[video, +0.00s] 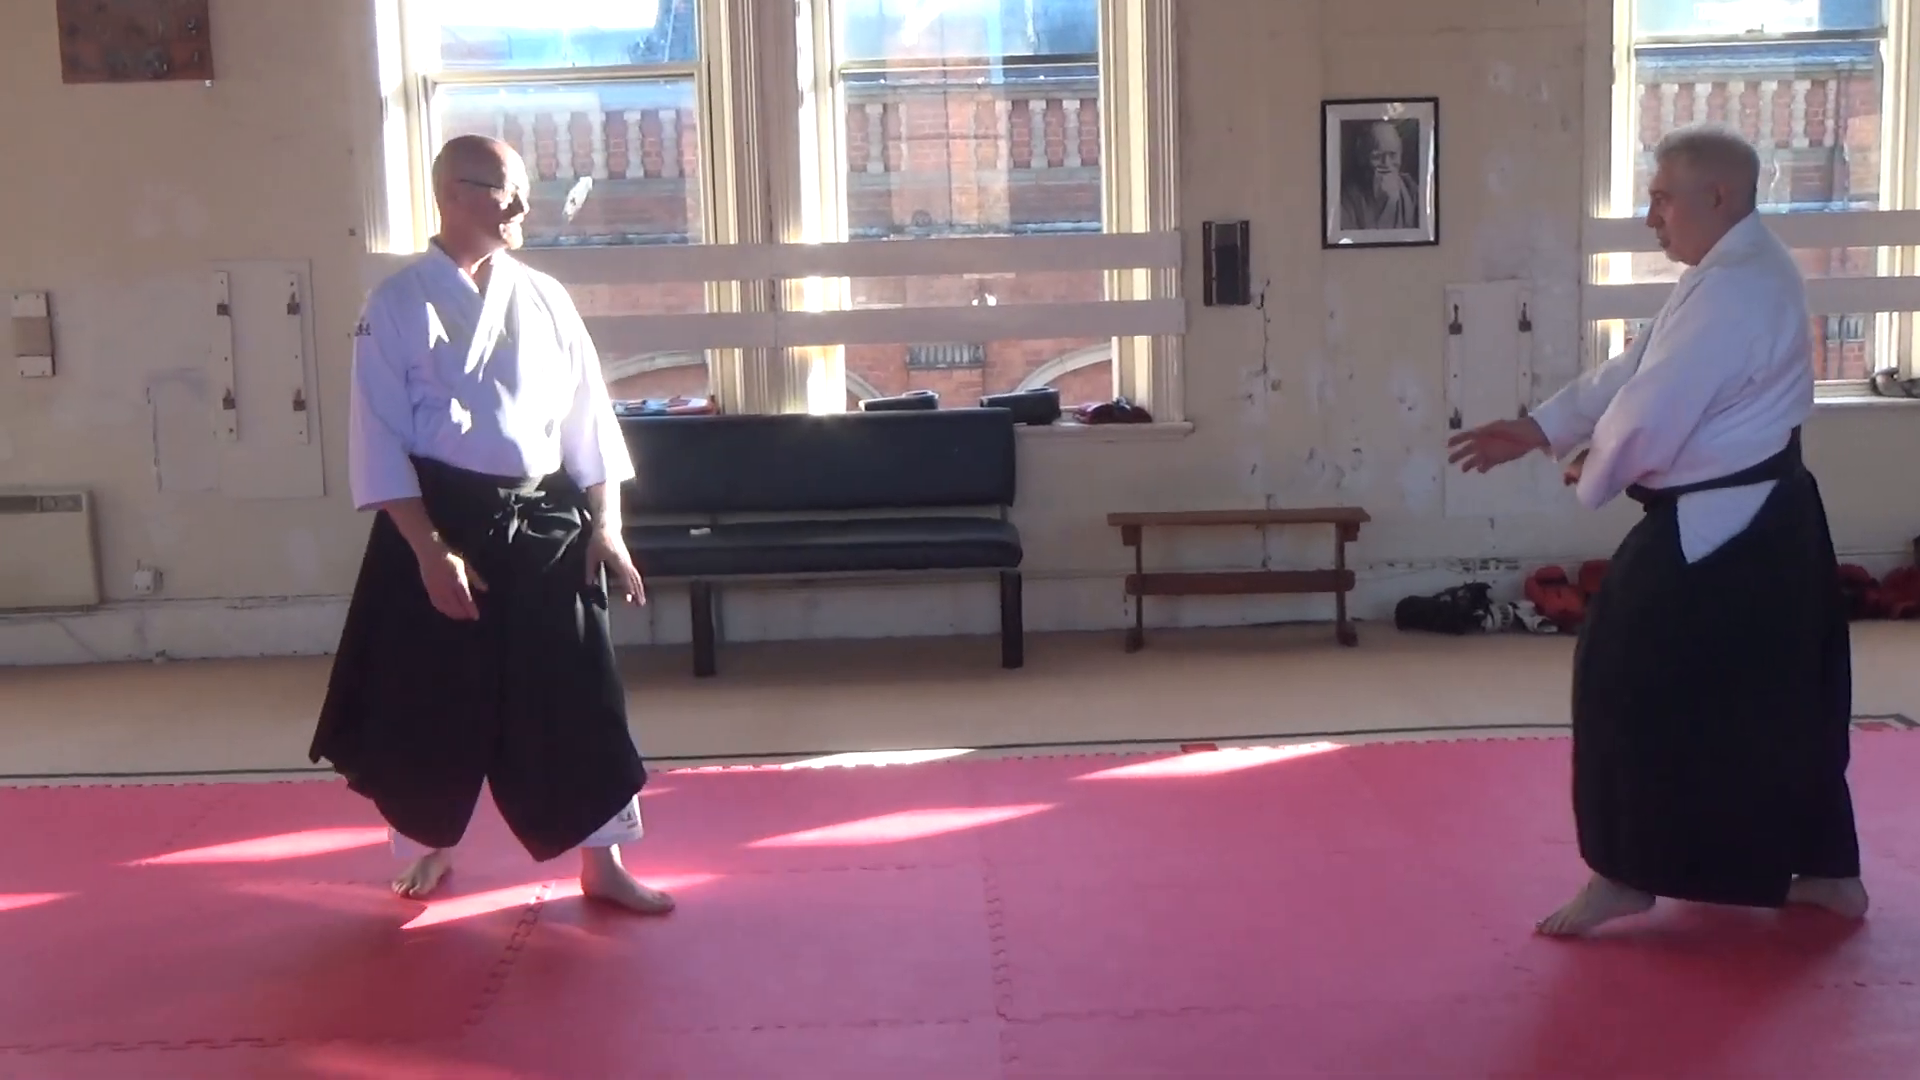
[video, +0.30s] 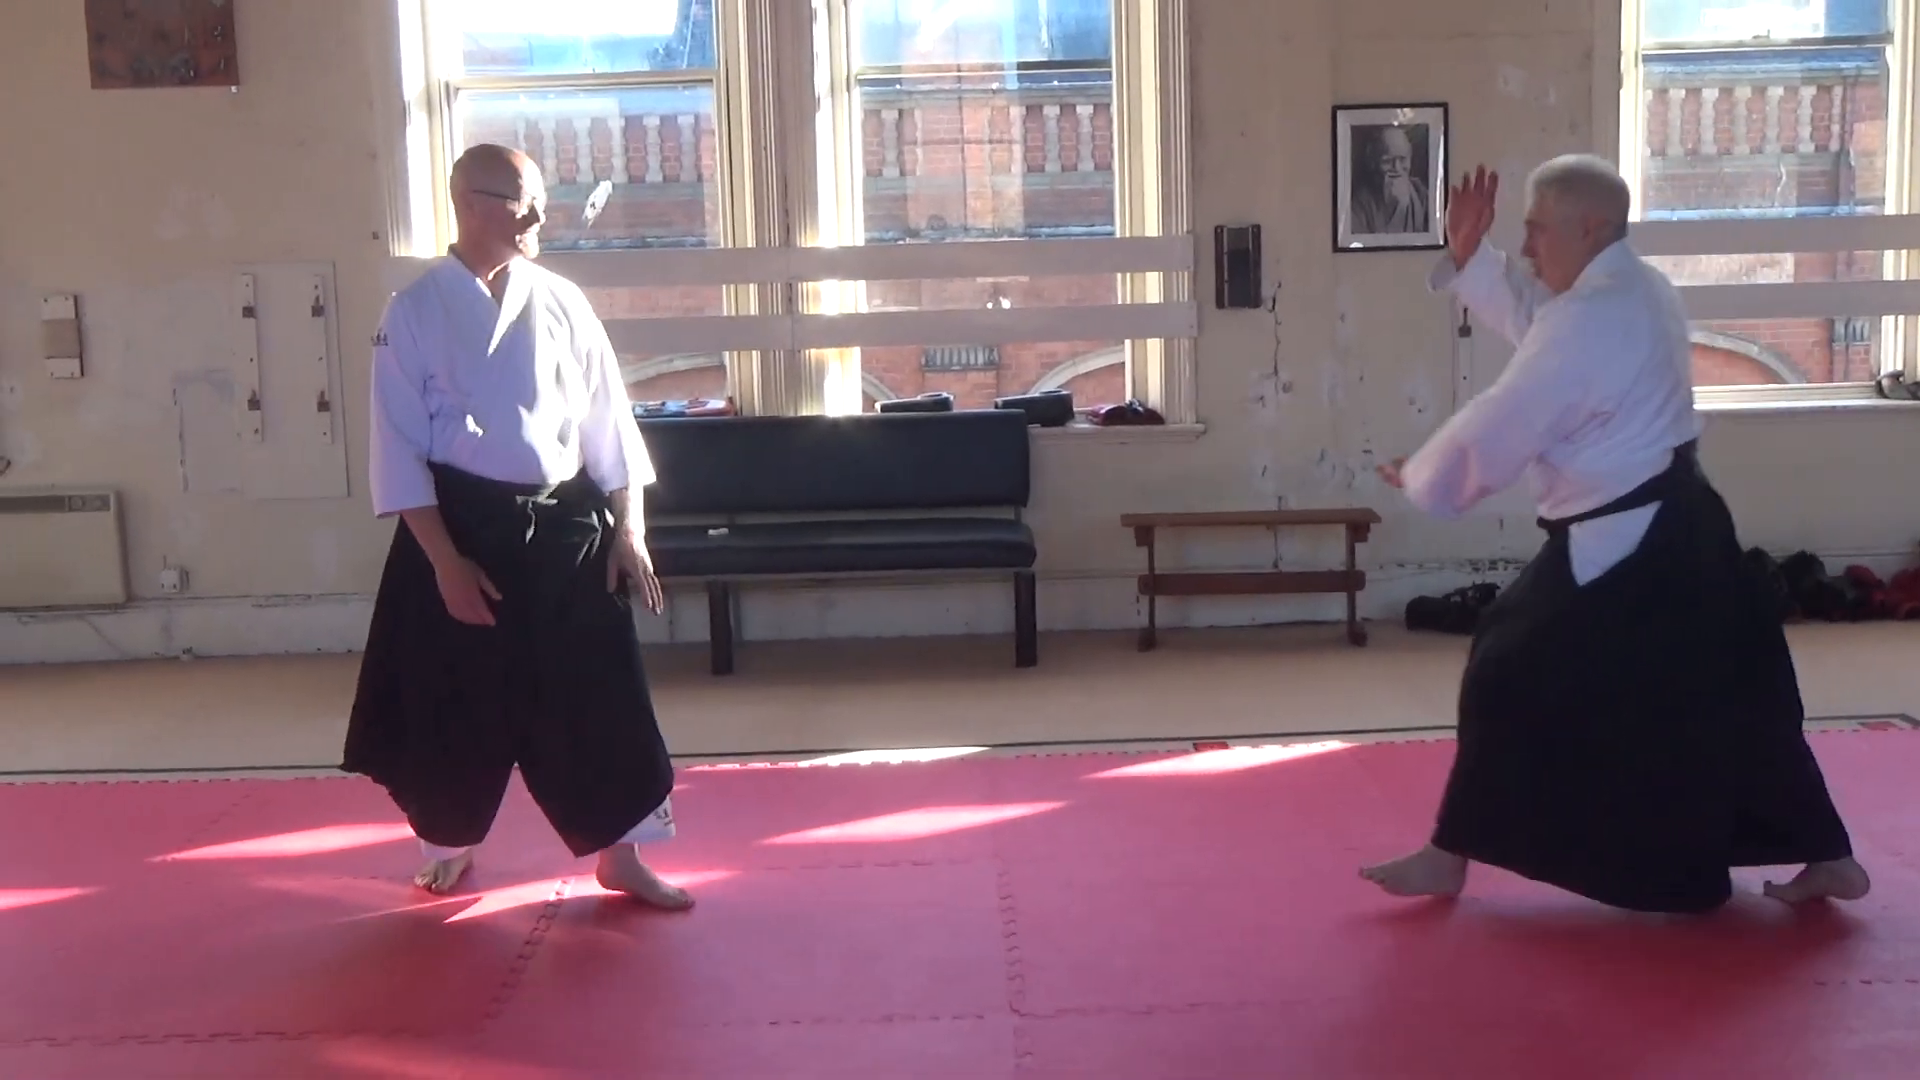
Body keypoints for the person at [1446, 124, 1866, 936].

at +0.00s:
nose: (1651, 215)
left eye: (1663, 198)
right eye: (1652, 199)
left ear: (1719, 198)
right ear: (1723, 199)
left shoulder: (1728, 290)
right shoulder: (1746, 268)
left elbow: (1642, 423)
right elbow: (1634, 362)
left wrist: (1595, 475)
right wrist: (1537, 427)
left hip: (1710, 520)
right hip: (1770, 509)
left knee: (1616, 673)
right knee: (1794, 695)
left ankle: (1624, 869)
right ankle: (1828, 869)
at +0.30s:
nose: (1526, 242)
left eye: (1537, 226)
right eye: (1527, 225)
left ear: (1588, 231)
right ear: (1599, 229)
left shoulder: (1585, 317)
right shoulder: (1637, 286)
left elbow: (1504, 420)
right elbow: (1538, 324)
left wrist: (1423, 475)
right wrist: (1470, 259)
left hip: (1618, 534)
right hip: (1681, 516)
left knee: (1498, 666)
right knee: (1744, 691)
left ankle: (1446, 853)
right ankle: (1830, 855)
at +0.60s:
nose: (1265, 283)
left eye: (1274, 269)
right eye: (1265, 269)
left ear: (1311, 275)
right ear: (1329, 272)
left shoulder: (1318, 348)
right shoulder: (1352, 319)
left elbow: (1252, 442)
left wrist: (1167, 499)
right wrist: (1274, 221)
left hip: (1354, 538)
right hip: (1384, 521)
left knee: (1333, 674)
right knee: (1374, 672)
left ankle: (1372, 823)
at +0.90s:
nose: (1085, 288)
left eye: (1103, 278)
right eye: (1088, 275)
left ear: (1150, 291)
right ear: (1095, 285)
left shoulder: (1183, 368)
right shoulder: (1077, 352)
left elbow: (1179, 467)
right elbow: (1003, 323)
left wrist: (1080, 477)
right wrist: (983, 235)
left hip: (1172, 566)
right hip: (1093, 561)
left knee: (1248, 691)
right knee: (1032, 686)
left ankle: (1350, 796)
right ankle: (977, 818)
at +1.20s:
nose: (979, 238)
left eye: (997, 228)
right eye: (978, 227)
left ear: (1040, 244)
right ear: (973, 239)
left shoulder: (1086, 316)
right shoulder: (951, 313)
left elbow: (1128, 402)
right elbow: (866, 337)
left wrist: (1064, 425)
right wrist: (790, 310)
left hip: (1049, 509)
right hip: (969, 506)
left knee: (1052, 653)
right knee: (948, 648)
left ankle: (1064, 782)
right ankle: (964, 787)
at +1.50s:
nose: (939, 236)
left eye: (953, 225)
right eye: (930, 227)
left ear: (988, 237)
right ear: (920, 242)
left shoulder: (1045, 308)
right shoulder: (902, 325)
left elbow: (1108, 375)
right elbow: (843, 382)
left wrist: (1136, 434)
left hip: (1045, 507)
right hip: (957, 512)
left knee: (1086, 638)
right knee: (936, 649)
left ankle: (1122, 753)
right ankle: (942, 794)